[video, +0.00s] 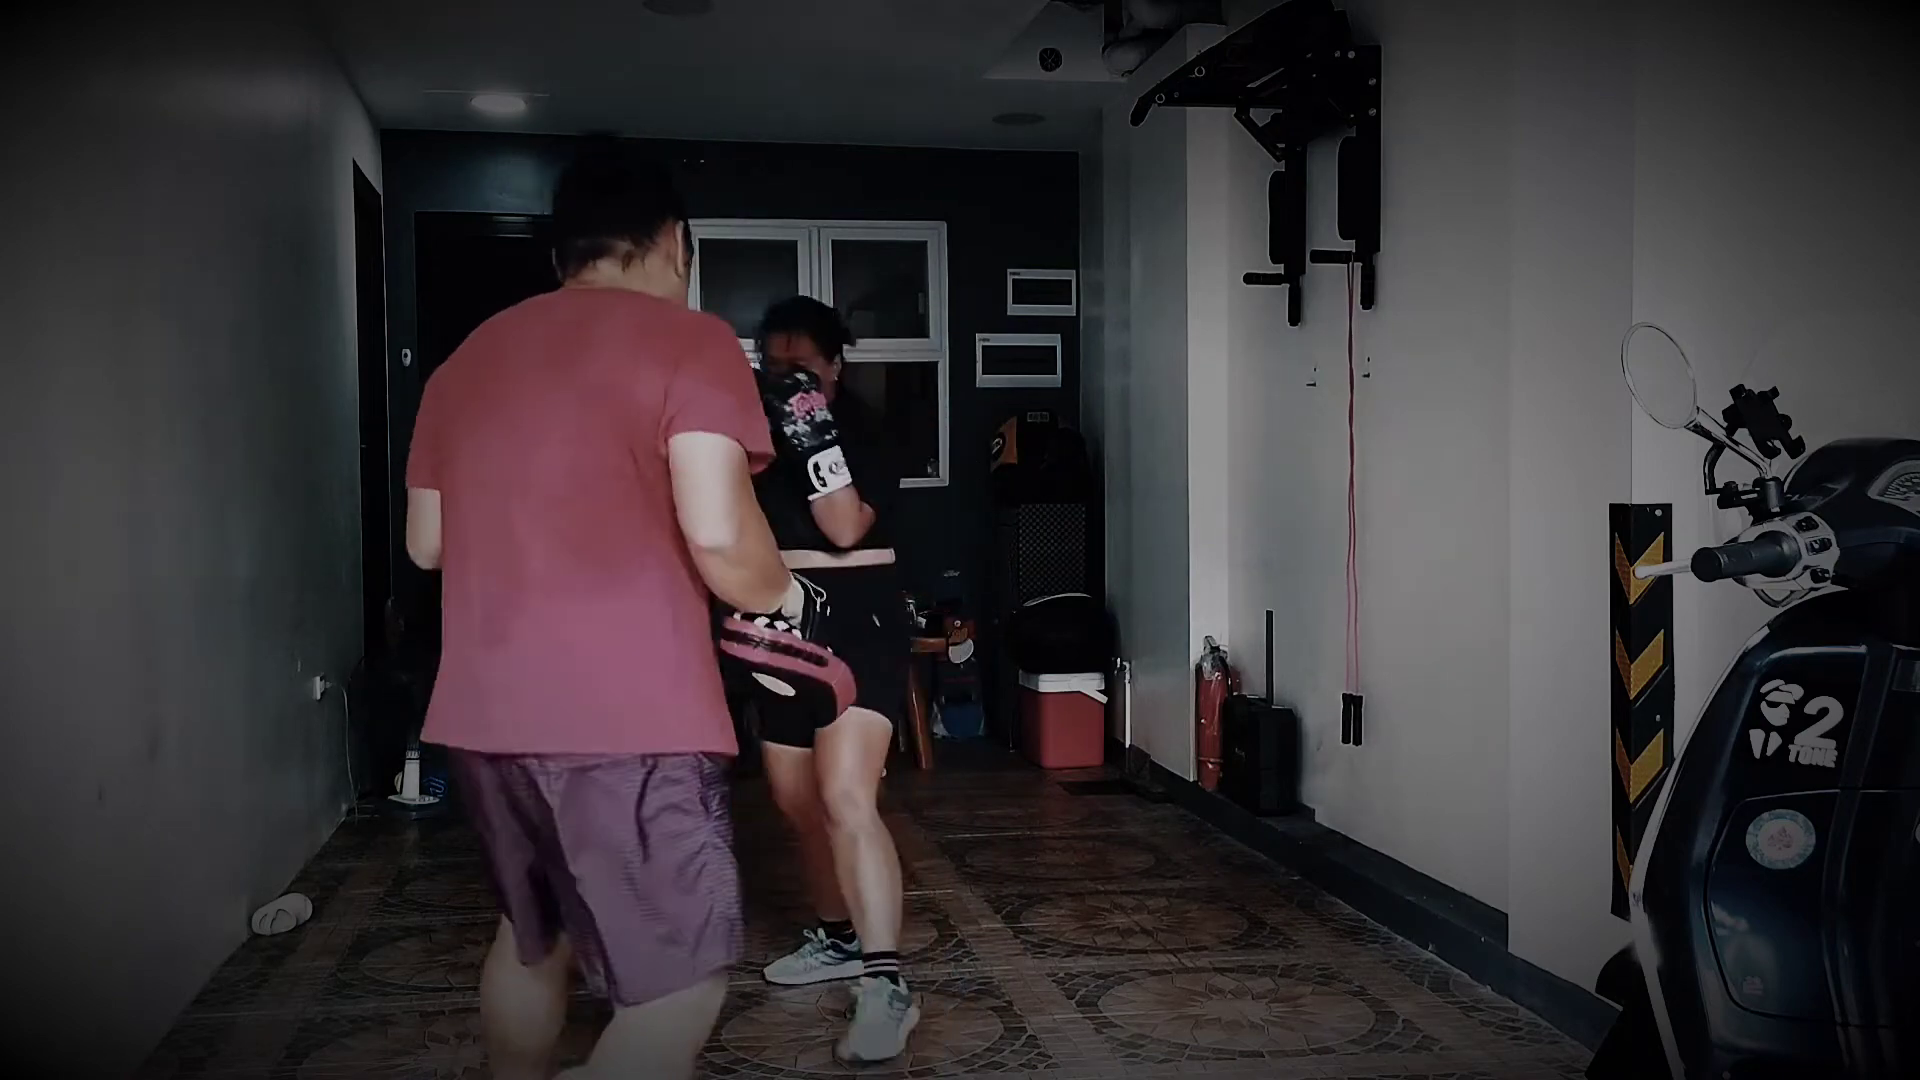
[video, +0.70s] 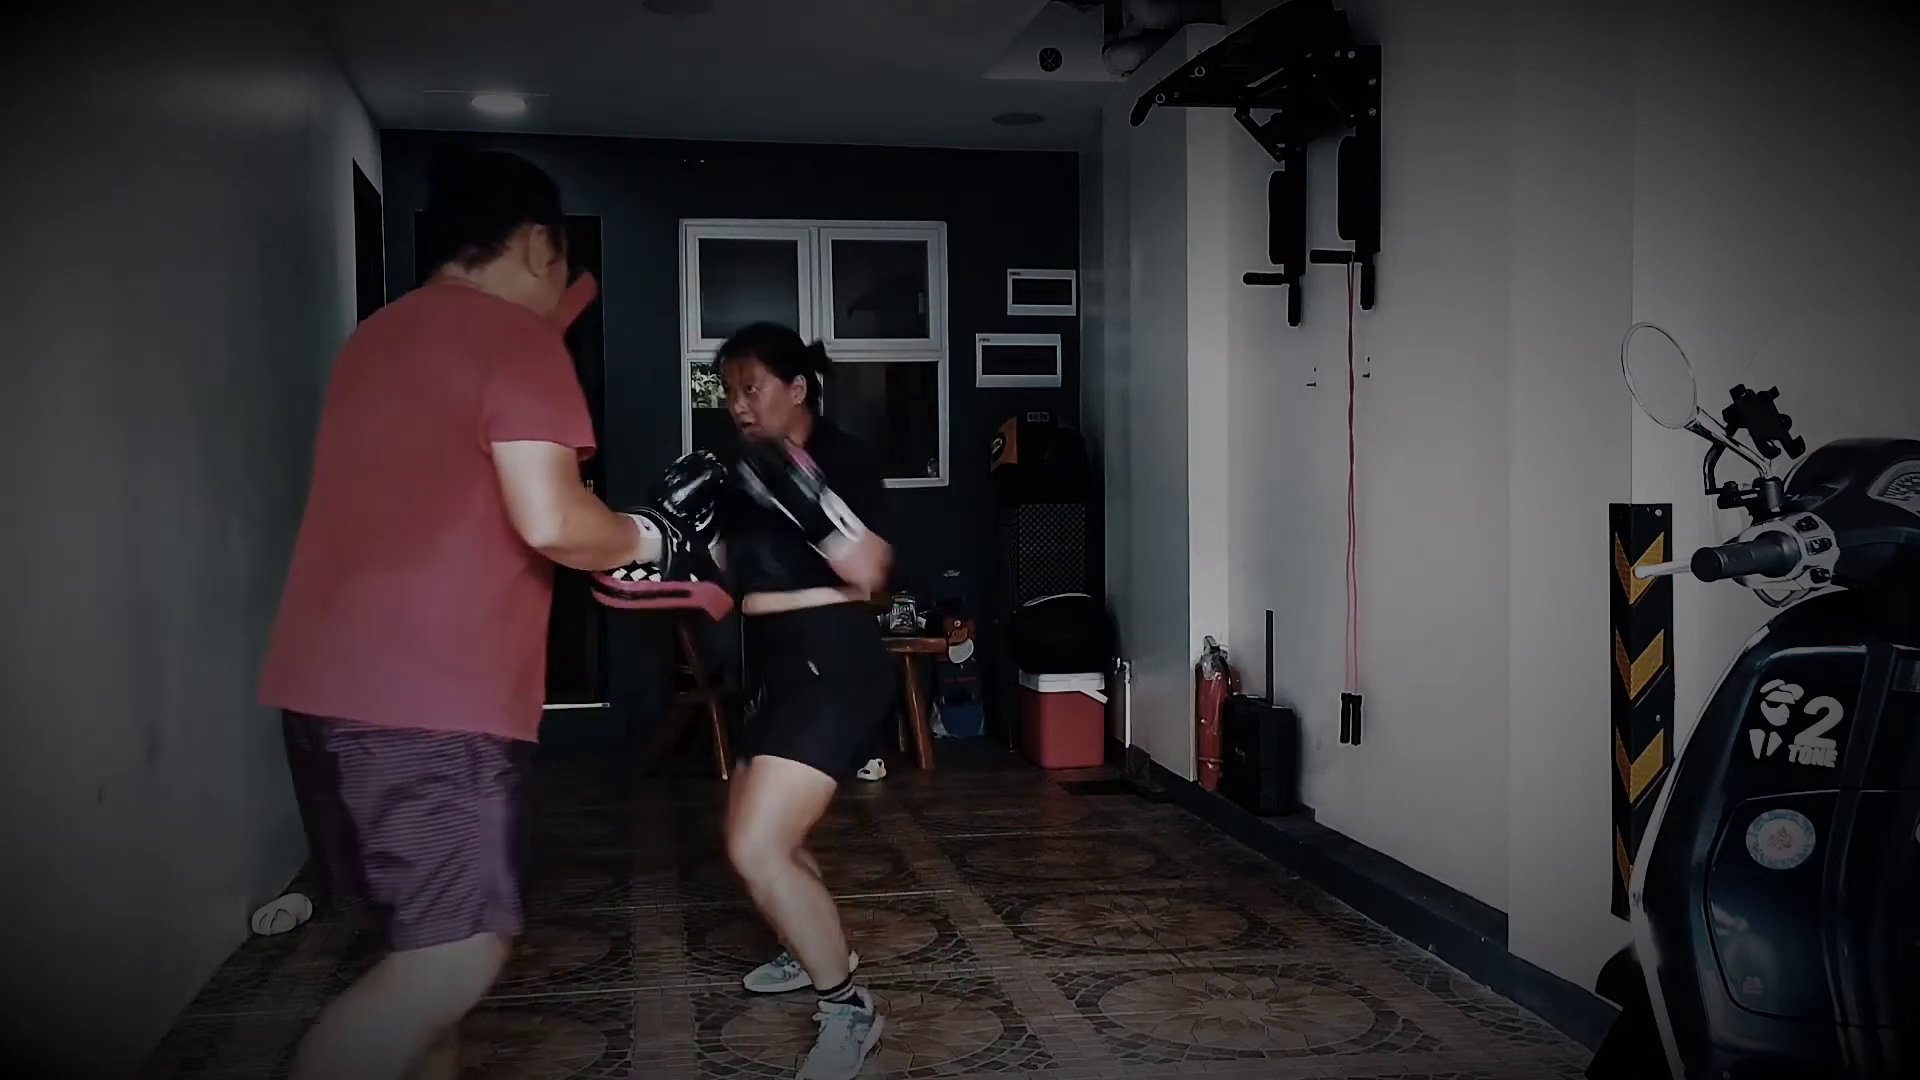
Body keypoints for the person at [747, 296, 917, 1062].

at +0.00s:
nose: (785, 378)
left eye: (799, 365)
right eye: (773, 365)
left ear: (834, 362)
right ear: (756, 365)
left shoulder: (861, 427)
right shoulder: (745, 424)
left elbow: (845, 526)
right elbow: (716, 509)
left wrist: (815, 433)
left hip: (859, 612)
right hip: (769, 611)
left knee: (845, 796)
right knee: (794, 797)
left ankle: (884, 978)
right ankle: (838, 933)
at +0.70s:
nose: (740, 405)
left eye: (754, 389)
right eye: (731, 393)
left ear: (801, 387)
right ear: (729, 399)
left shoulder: (842, 461)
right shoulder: (742, 471)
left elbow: (872, 575)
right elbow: (735, 576)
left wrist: (805, 500)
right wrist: (697, 523)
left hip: (836, 661)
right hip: (771, 661)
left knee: (759, 844)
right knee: (759, 832)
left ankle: (848, 1003)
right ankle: (813, 955)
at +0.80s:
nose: (728, 387)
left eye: (738, 371)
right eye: (724, 374)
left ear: (786, 363)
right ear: (781, 371)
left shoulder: (804, 423)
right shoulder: (799, 432)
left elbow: (720, 448)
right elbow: (770, 565)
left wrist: (638, 382)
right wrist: (702, 531)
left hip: (832, 644)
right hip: (822, 640)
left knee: (740, 843)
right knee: (786, 812)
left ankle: (855, 1000)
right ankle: (812, 954)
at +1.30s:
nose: (775, 374)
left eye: (780, 355)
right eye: (768, 361)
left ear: (828, 343)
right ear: (822, 352)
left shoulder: (857, 412)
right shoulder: (851, 412)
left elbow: (806, 519)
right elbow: (771, 514)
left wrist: (762, 435)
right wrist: (742, 442)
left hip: (876, 636)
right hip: (907, 631)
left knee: (826, 825)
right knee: (905, 819)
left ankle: (872, 1016)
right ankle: (939, 977)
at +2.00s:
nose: (824, 390)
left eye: (841, 375)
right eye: (815, 377)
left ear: (889, 380)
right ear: (807, 386)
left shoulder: (930, 465)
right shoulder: (801, 464)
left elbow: (917, 585)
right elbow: (734, 540)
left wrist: (866, 492)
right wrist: (720, 471)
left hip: (910, 679)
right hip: (821, 674)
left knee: (855, 849)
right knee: (785, 866)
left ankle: (874, 1054)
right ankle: (906, 926)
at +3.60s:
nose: (746, 383)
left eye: (761, 367)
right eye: (739, 369)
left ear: (808, 371)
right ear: (736, 377)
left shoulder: (841, 442)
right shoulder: (751, 463)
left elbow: (894, 553)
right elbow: (724, 567)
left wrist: (816, 489)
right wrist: (694, 524)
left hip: (863, 656)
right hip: (809, 661)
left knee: (732, 811)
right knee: (797, 847)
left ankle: (826, 1004)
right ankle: (871, 991)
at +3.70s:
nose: (728, 377)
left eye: (741, 358)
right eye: (721, 365)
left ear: (791, 357)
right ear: (727, 371)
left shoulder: (812, 414)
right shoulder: (798, 434)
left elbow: (771, 469)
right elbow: (779, 559)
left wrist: (690, 405)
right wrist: (721, 523)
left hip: (848, 649)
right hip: (881, 648)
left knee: (748, 841)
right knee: (823, 840)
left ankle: (849, 1033)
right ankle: (871, 990)